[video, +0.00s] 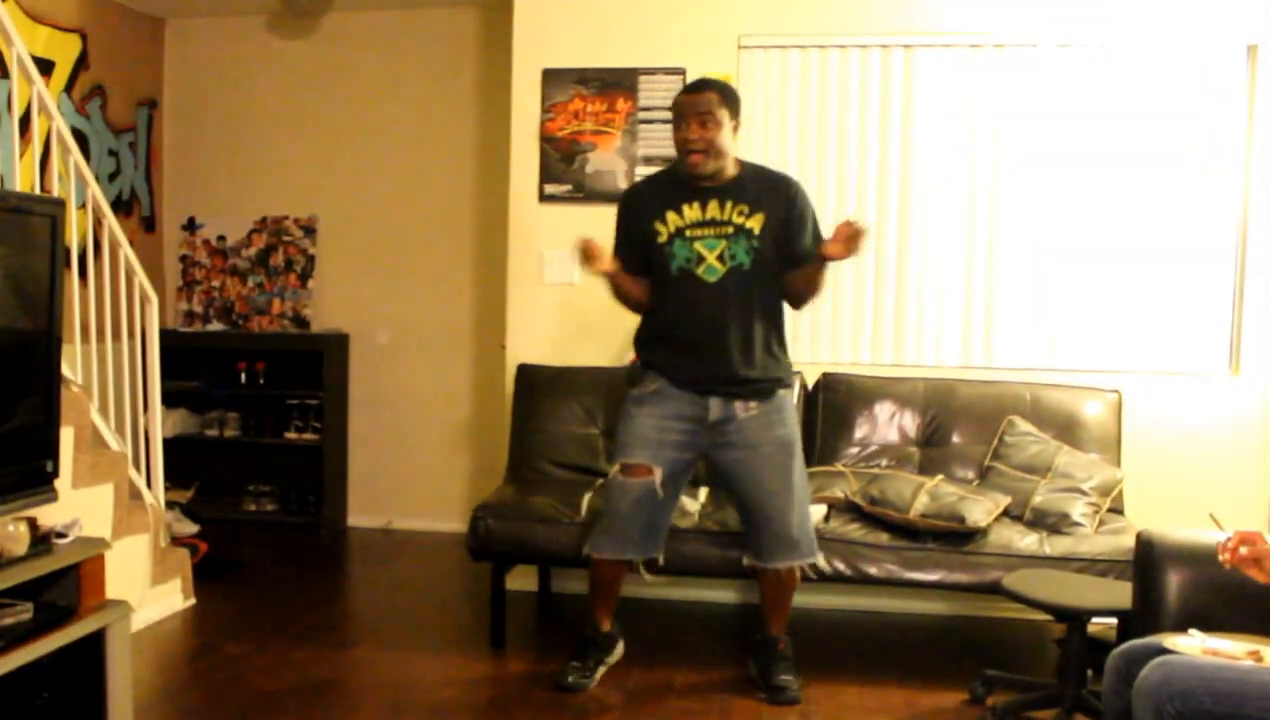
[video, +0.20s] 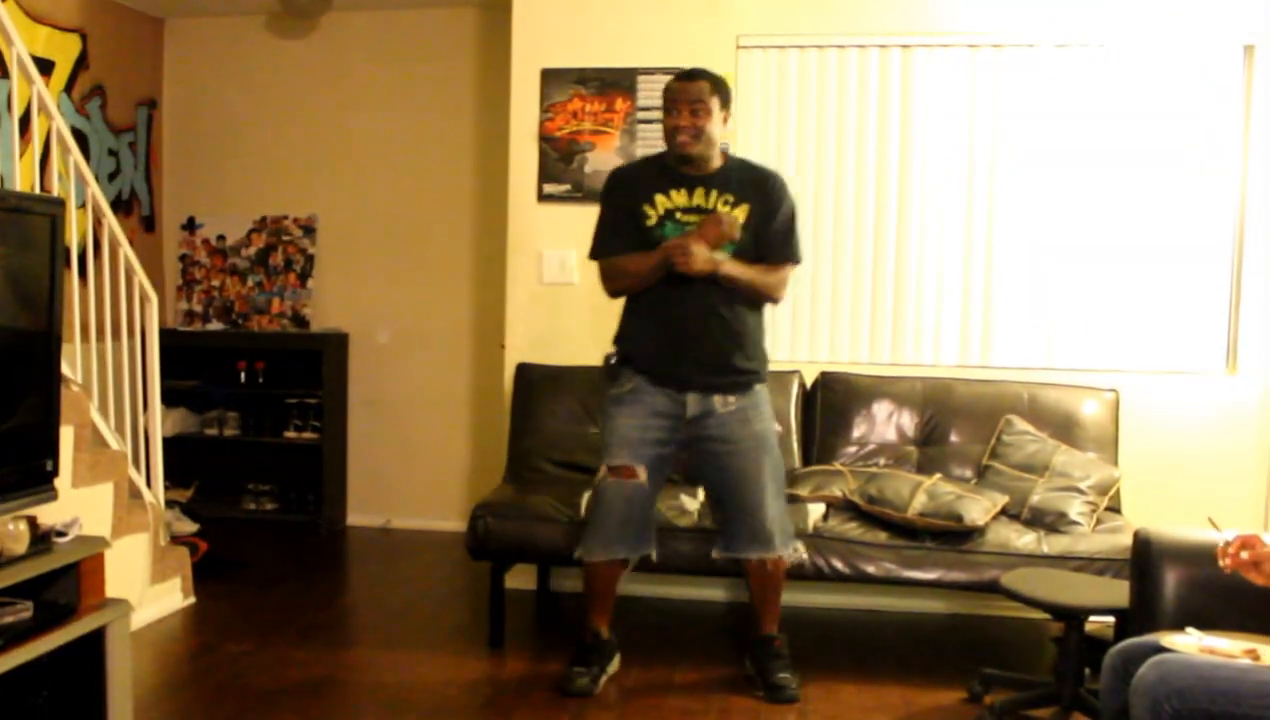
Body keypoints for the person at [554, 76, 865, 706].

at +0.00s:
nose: (692, 132)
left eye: (706, 121)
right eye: (683, 121)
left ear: (735, 129)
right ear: (671, 129)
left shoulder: (781, 196)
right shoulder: (643, 201)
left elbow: (798, 294)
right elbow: (645, 299)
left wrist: (822, 257)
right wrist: (609, 270)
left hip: (758, 393)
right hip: (665, 389)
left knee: (783, 531)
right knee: (624, 504)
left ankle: (774, 646)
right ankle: (599, 635)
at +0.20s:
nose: (684, 121)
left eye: (697, 110)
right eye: (674, 111)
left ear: (723, 117)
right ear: (662, 119)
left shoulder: (764, 190)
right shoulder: (628, 185)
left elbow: (775, 286)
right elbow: (612, 279)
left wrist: (716, 264)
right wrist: (678, 248)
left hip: (736, 388)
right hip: (643, 384)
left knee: (765, 523)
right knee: (615, 499)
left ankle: (769, 644)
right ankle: (596, 641)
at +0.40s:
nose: (676, 122)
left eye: (690, 112)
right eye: (666, 112)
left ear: (716, 122)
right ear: (654, 122)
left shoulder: (754, 197)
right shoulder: (615, 194)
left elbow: (781, 287)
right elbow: (586, 287)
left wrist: (759, 280)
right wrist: (633, 255)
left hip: (730, 395)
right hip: (636, 392)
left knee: (766, 531)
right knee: (603, 508)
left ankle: (772, 645)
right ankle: (595, 643)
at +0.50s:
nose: (680, 112)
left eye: (694, 102)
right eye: (670, 102)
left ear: (723, 111)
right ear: (659, 113)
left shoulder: (763, 181)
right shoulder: (625, 183)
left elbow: (792, 271)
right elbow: (593, 278)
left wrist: (801, 254)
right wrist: (602, 241)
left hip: (741, 382)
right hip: (648, 380)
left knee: (768, 524)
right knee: (614, 502)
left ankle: (776, 650)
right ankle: (597, 641)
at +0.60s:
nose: (694, 121)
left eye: (707, 111)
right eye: (684, 112)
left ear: (732, 120)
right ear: (670, 123)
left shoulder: (778, 192)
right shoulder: (635, 201)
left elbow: (809, 284)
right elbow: (616, 292)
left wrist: (833, 254)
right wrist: (595, 254)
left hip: (756, 396)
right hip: (662, 393)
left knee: (781, 539)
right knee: (624, 517)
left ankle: (781, 655)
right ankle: (605, 642)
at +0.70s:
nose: (707, 131)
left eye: (719, 119)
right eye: (694, 120)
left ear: (742, 125)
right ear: (680, 129)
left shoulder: (787, 201)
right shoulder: (647, 204)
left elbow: (808, 307)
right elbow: (644, 309)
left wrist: (823, 263)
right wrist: (624, 280)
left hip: (764, 401)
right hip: (668, 396)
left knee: (795, 542)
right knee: (628, 509)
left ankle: (781, 652)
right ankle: (603, 638)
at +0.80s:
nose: (708, 116)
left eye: (721, 105)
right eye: (697, 106)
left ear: (744, 115)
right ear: (681, 117)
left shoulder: (786, 190)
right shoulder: (645, 190)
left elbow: (799, 291)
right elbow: (630, 288)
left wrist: (764, 240)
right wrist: (669, 274)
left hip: (759, 395)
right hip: (663, 387)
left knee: (788, 532)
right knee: (628, 495)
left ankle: (782, 653)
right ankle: (597, 643)